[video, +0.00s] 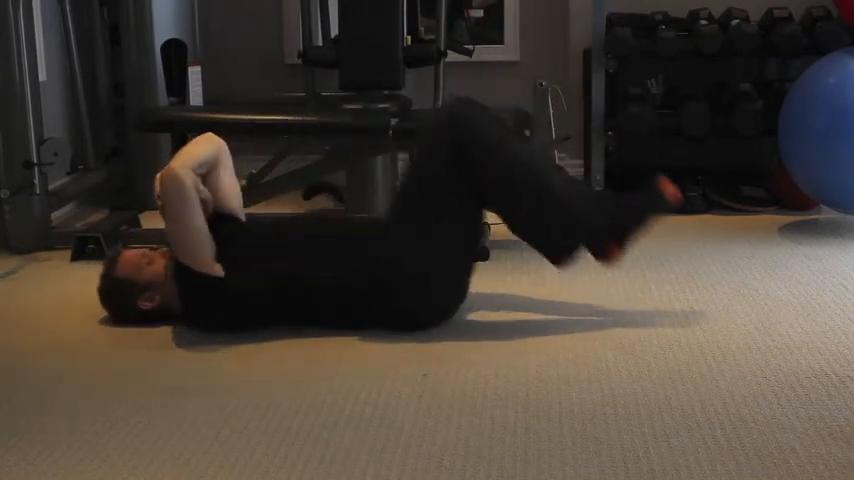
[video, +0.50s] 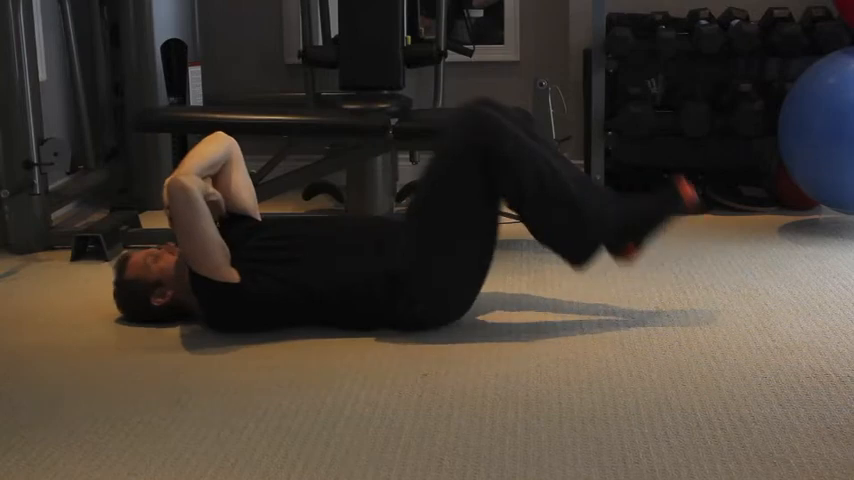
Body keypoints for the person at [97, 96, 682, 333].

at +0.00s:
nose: (147, 253)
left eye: (138, 254)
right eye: (137, 263)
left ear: (158, 273)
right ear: (150, 295)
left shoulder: (223, 256)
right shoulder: (207, 294)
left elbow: (216, 148)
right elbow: (178, 173)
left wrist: (199, 228)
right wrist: (191, 215)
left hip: (411, 263)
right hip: (408, 286)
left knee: (462, 120)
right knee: (459, 125)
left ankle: (564, 232)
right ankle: (598, 226)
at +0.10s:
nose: (163, 259)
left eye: (154, 259)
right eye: (153, 269)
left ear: (172, 268)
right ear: (166, 300)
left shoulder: (235, 252)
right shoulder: (220, 295)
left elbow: (218, 149)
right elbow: (177, 181)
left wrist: (182, 181)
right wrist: (203, 201)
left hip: (422, 260)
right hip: (418, 286)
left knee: (503, 132)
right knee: (500, 140)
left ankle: (604, 257)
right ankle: (616, 261)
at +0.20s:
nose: (175, 258)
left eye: (166, 258)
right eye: (164, 267)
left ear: (182, 270)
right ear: (175, 300)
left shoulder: (243, 251)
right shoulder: (230, 296)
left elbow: (222, 147)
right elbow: (183, 185)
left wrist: (202, 219)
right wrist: (219, 224)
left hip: (431, 254)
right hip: (428, 284)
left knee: (519, 134)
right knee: (518, 143)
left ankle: (605, 267)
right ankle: (631, 271)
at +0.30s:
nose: (172, 256)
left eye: (164, 256)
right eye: (161, 266)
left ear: (183, 267)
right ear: (175, 298)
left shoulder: (244, 252)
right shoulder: (227, 294)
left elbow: (227, 148)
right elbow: (191, 180)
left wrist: (194, 204)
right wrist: (208, 214)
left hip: (432, 256)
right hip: (428, 285)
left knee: (523, 138)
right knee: (518, 145)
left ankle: (623, 266)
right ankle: (635, 270)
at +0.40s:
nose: (170, 259)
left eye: (162, 258)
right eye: (160, 268)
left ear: (179, 267)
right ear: (170, 300)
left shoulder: (240, 251)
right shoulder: (226, 296)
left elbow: (225, 146)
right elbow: (183, 184)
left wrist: (201, 228)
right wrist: (209, 228)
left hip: (427, 257)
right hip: (423, 286)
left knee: (511, 132)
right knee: (509, 141)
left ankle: (620, 258)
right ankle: (630, 262)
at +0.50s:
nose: (158, 257)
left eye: (148, 256)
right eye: (147, 268)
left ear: (173, 263)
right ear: (164, 297)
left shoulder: (236, 246)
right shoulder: (220, 297)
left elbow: (226, 145)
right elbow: (178, 191)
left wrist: (185, 199)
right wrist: (206, 174)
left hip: (421, 258)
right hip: (414, 288)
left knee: (495, 118)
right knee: (480, 127)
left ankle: (586, 228)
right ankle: (612, 227)